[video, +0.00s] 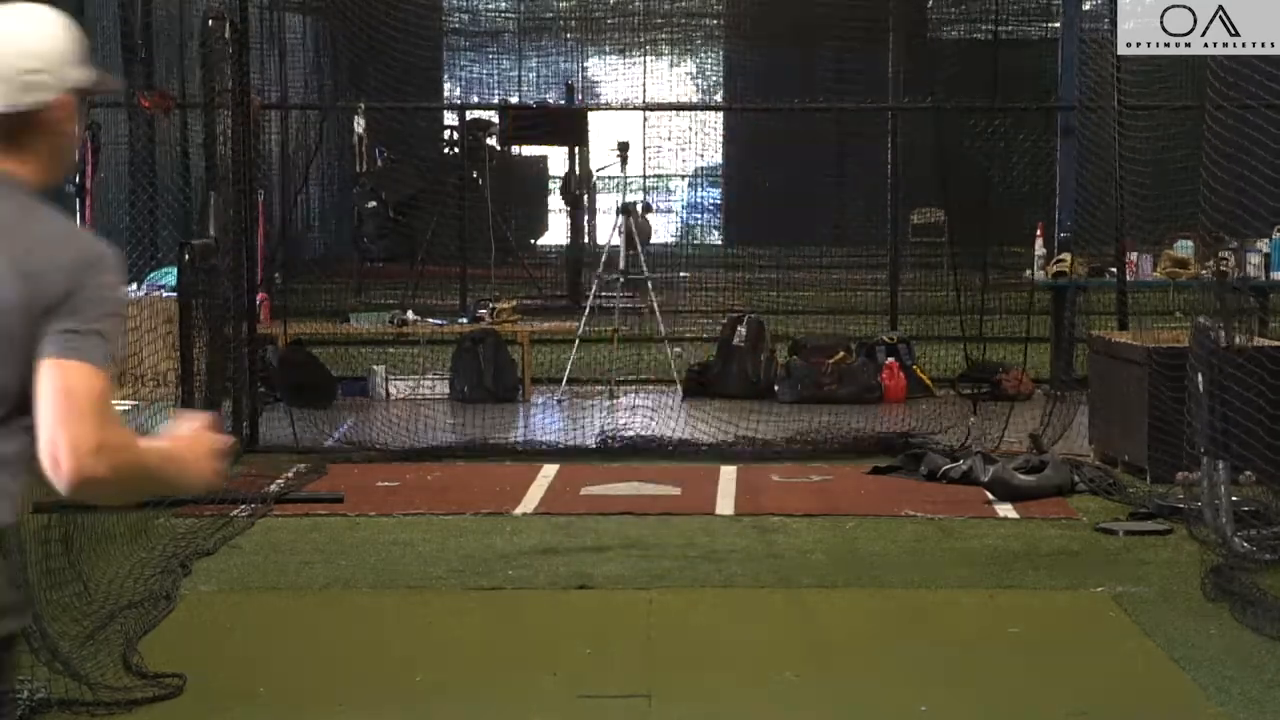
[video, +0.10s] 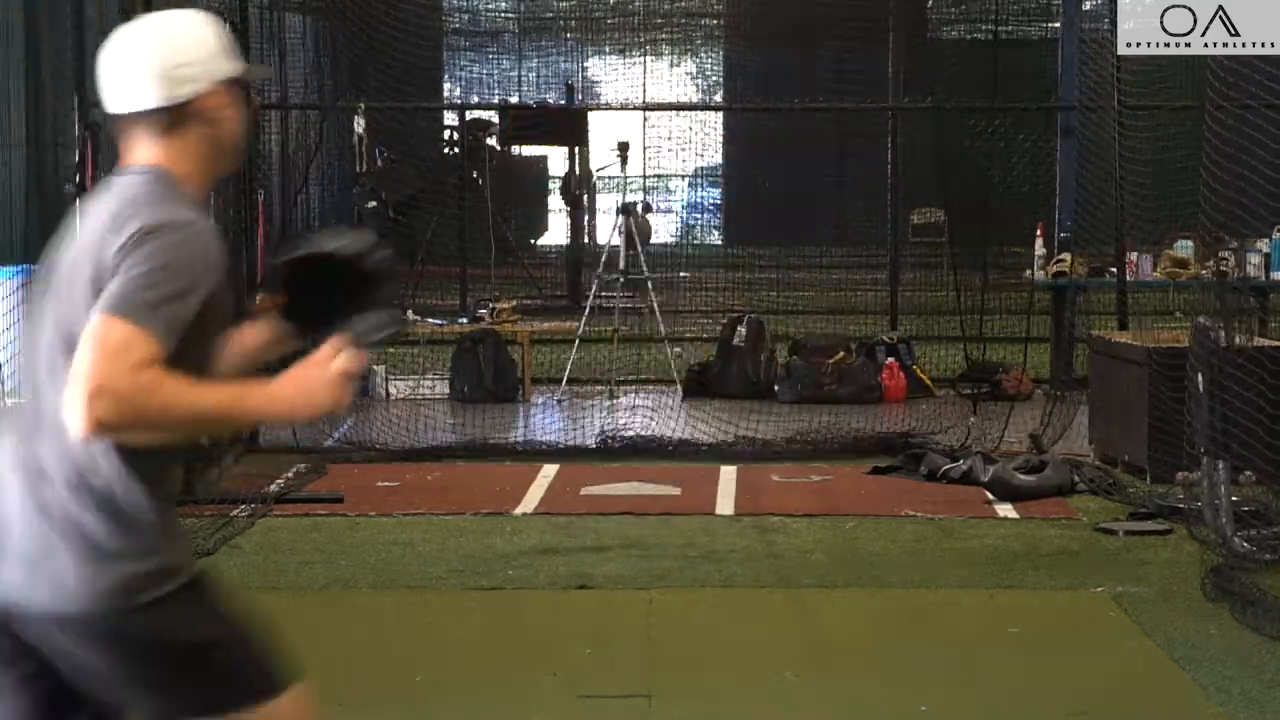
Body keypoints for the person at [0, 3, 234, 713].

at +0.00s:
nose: (81, 122)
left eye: (79, 102)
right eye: (78, 102)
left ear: (11, 110)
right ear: (54, 109)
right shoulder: (68, 258)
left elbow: (71, 455)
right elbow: (74, 458)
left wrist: (149, 453)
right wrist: (175, 459)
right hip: (5, 593)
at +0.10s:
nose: (249, 109)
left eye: (244, 91)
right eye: (241, 91)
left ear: (132, 116)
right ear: (212, 101)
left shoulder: (91, 217)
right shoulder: (175, 229)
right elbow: (105, 399)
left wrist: (272, 330)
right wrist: (281, 398)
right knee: (275, 703)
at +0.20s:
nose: (398, 113)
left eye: (395, 96)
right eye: (392, 96)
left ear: (298, 109)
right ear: (367, 105)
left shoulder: (348, 225)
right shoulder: (275, 222)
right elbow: (194, 379)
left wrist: (445, 312)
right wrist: (362, 347)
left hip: (213, 531)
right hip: (286, 526)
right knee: (476, 682)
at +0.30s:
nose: (532, 165)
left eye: (529, 152)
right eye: (527, 152)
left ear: (438, 161)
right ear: (514, 161)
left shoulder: (470, 256)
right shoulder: (425, 266)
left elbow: (507, 362)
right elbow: (351, 415)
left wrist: (608, 324)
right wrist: (499, 387)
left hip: (381, 544)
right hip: (425, 544)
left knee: (498, 707)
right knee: (605, 684)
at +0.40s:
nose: (612, 191)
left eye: (607, 179)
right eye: (611, 181)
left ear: (526, 199)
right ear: (606, 191)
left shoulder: (560, 284)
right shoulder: (541, 298)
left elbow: (586, 392)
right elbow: (502, 438)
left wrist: (683, 335)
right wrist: (645, 417)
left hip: (536, 522)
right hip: (503, 548)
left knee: (679, 604)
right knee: (692, 683)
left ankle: (580, 711)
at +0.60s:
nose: (672, 155)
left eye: (667, 145)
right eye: (668, 145)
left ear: (596, 164)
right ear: (661, 158)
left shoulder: (642, 236)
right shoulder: (606, 263)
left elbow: (675, 278)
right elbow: (623, 394)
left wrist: (735, 228)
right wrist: (717, 328)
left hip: (647, 445)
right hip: (594, 460)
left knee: (755, 581)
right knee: (696, 599)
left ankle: (767, 716)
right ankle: (614, 715)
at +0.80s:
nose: (685, 140)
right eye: (685, 132)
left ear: (620, 137)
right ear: (682, 141)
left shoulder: (619, 187)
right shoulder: (635, 236)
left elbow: (678, 201)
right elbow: (622, 353)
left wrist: (740, 230)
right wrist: (712, 338)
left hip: (611, 382)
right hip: (567, 408)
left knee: (700, 499)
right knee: (670, 537)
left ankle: (707, 647)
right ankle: (594, 691)